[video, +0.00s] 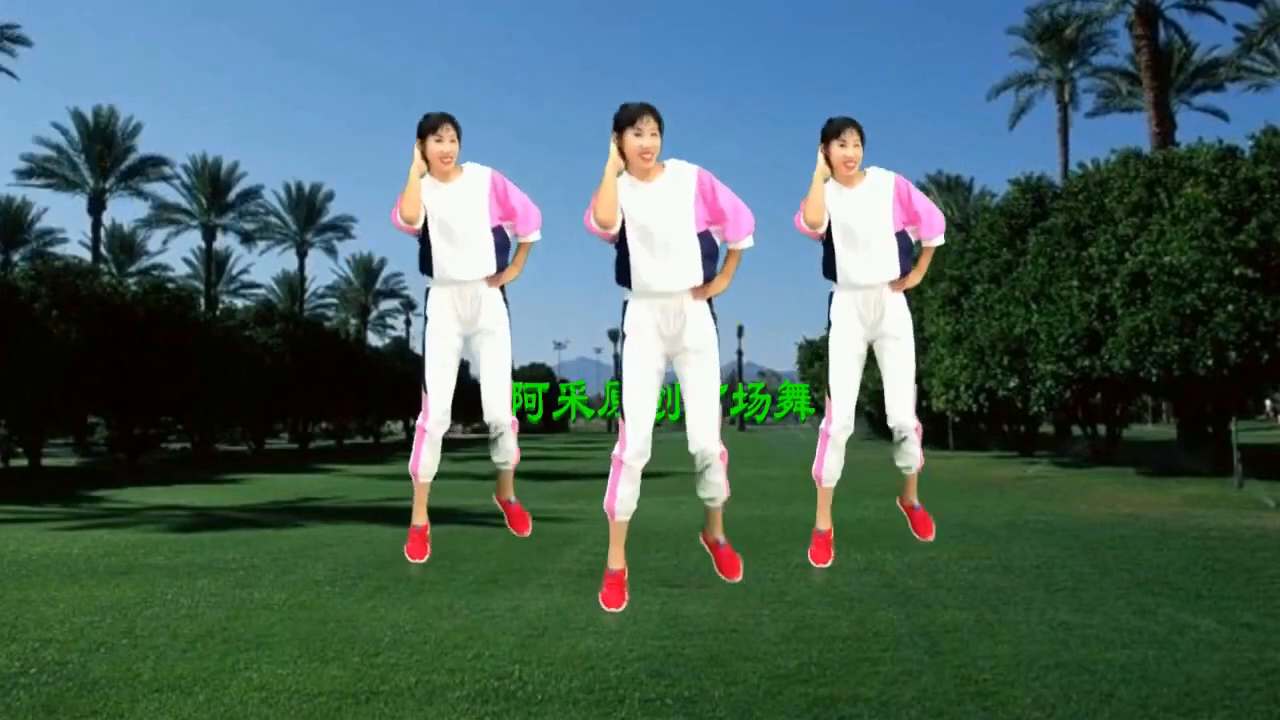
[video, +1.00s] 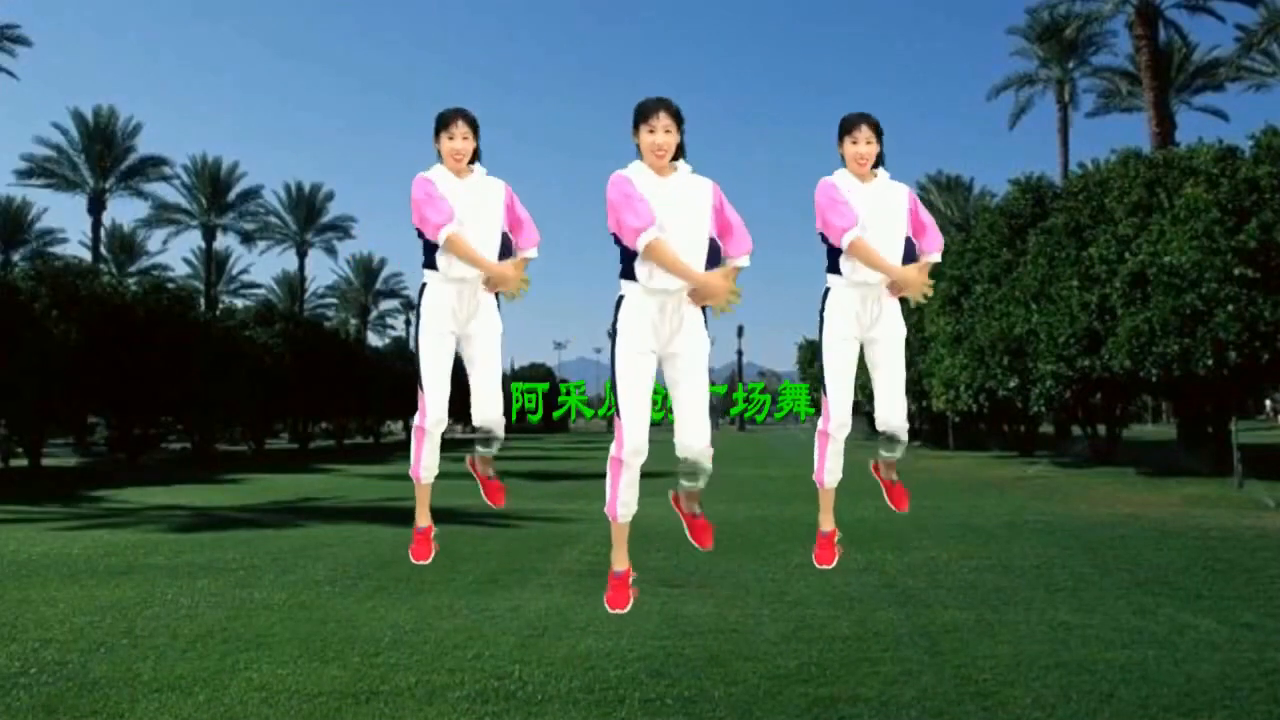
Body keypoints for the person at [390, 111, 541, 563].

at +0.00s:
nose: (445, 147)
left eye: (450, 140)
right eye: (437, 141)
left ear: (459, 145)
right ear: (422, 148)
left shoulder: (485, 180)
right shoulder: (418, 190)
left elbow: (529, 220)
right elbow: (410, 219)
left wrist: (513, 269)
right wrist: (416, 167)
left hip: (487, 295)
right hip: (443, 299)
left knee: (498, 414)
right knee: (435, 413)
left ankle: (506, 494)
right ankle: (419, 517)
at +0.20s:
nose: (442, 175)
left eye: (448, 168)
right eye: (433, 169)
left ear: (458, 174)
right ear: (419, 178)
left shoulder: (485, 212)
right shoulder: (418, 219)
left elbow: (525, 259)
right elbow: (411, 255)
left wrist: (508, 308)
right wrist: (411, 207)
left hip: (476, 325)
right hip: (431, 324)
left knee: (466, 439)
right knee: (430, 434)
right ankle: (430, 532)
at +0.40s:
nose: (445, 166)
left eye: (450, 159)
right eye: (436, 160)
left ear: (460, 168)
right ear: (423, 172)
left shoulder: (487, 207)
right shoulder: (416, 218)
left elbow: (524, 257)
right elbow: (443, 234)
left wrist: (509, 303)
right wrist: (428, 183)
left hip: (478, 321)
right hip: (434, 321)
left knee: (485, 438)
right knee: (434, 433)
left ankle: (474, 471)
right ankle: (430, 530)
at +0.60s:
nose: (457, 159)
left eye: (464, 153)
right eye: (449, 152)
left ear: (473, 160)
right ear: (434, 159)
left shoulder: (495, 198)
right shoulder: (426, 201)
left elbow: (532, 243)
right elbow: (472, 209)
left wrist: (521, 283)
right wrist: (502, 162)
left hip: (497, 304)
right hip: (454, 307)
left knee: (507, 421)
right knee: (451, 427)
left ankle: (517, 517)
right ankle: (431, 527)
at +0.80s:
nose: (463, 175)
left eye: (469, 169)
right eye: (455, 168)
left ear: (477, 176)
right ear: (440, 176)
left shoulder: (497, 218)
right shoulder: (433, 219)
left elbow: (539, 262)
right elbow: (478, 239)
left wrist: (521, 307)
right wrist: (534, 216)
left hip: (501, 333)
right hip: (457, 334)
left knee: (507, 437)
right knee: (458, 443)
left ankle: (516, 521)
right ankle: (431, 531)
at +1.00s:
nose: (459, 144)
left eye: (466, 137)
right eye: (451, 137)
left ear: (476, 144)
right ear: (438, 144)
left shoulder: (497, 189)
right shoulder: (427, 184)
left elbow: (528, 240)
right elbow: (445, 236)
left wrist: (512, 272)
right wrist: (492, 268)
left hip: (483, 300)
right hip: (439, 298)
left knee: (490, 417)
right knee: (434, 413)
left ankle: (482, 464)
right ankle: (423, 520)